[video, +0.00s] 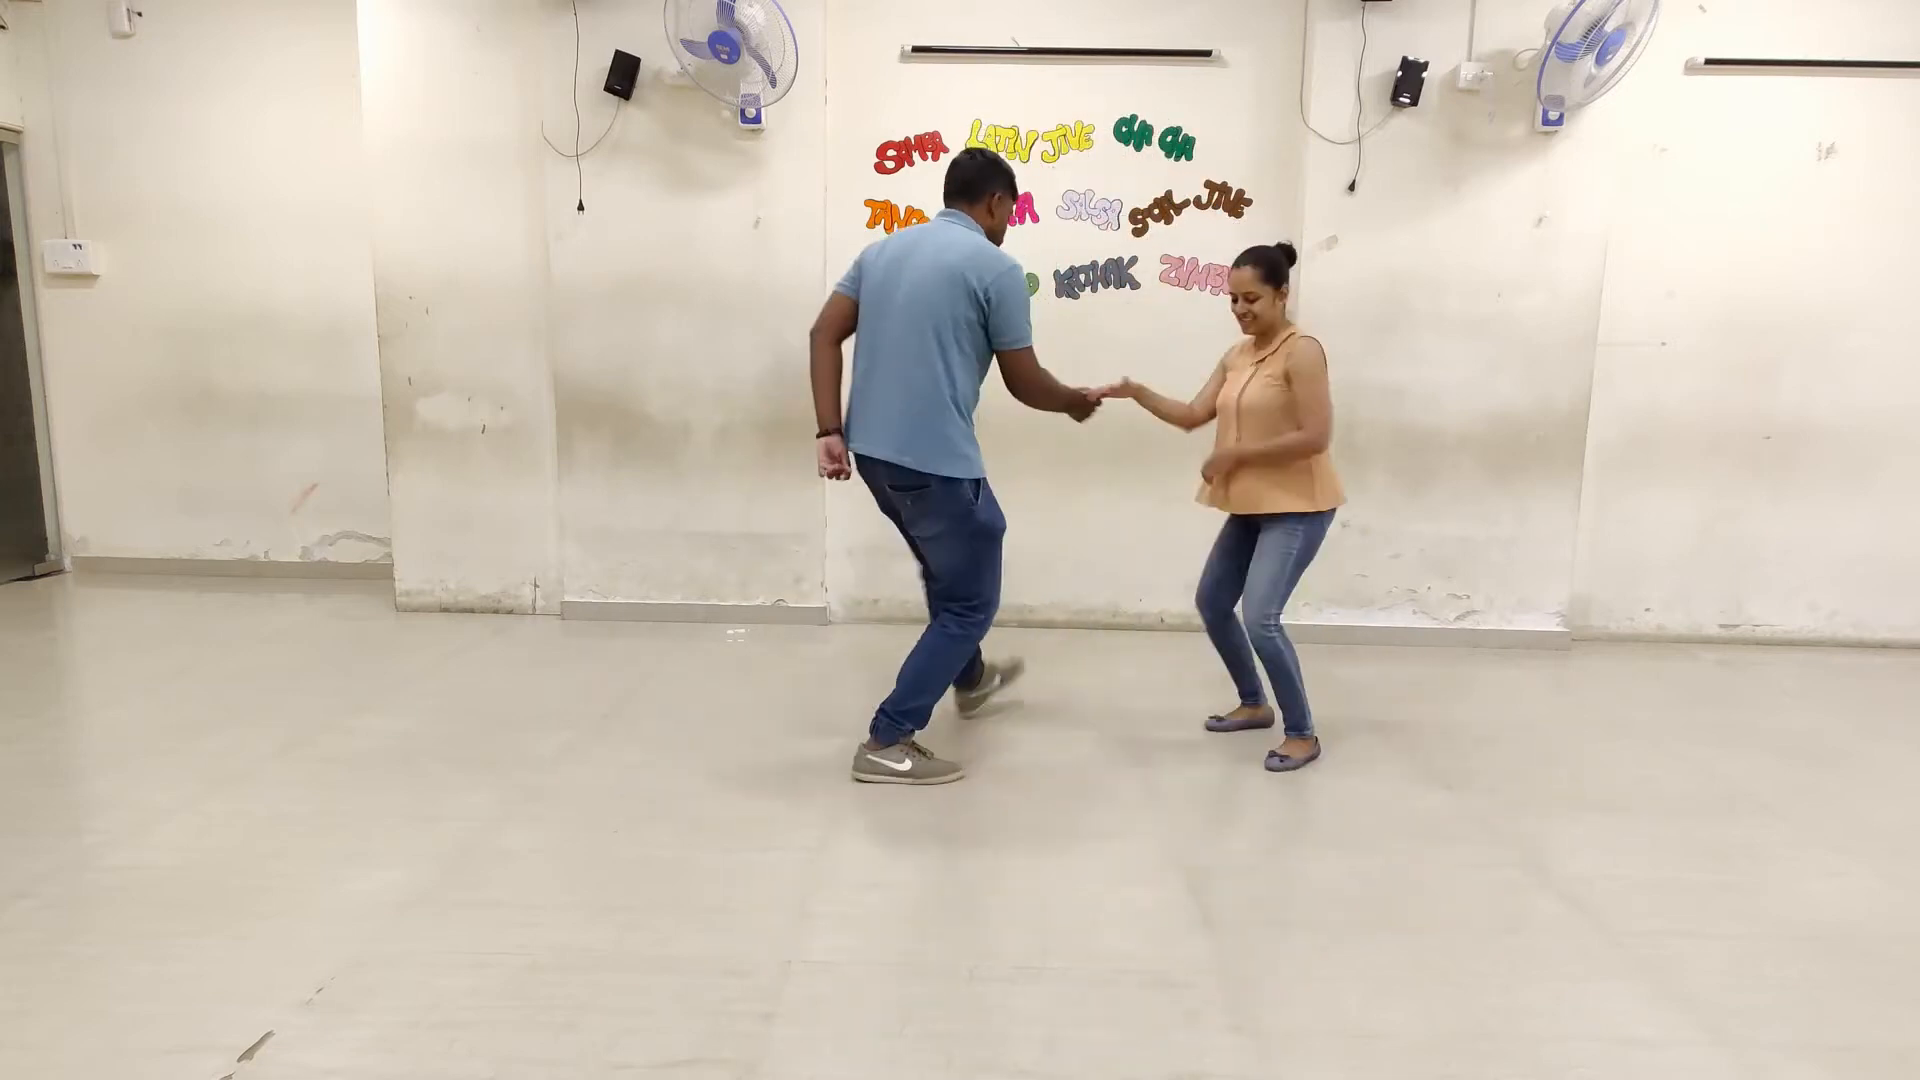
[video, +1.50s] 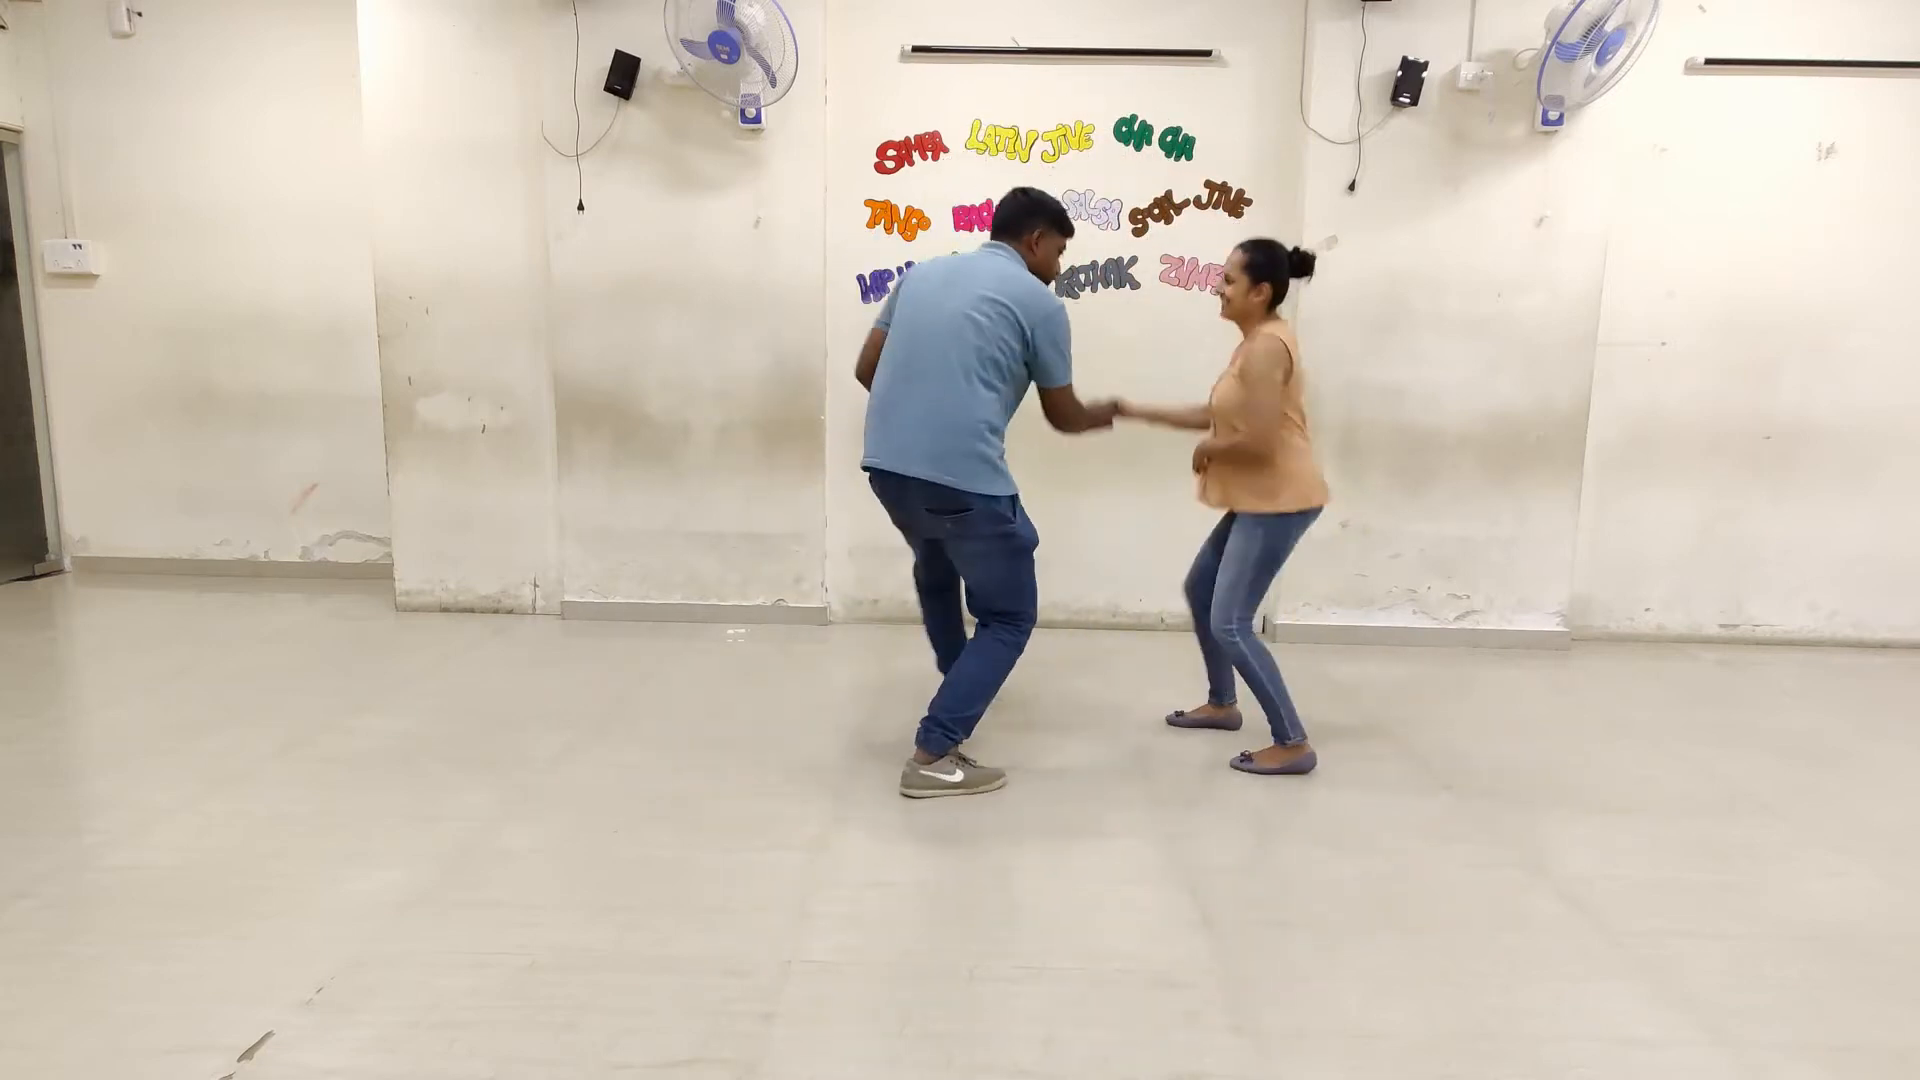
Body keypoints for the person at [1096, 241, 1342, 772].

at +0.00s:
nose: (1238, 309)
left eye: (1249, 299)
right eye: (1233, 299)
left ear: (1281, 295)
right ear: (1231, 297)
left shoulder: (1303, 351)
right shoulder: (1237, 355)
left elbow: (1317, 437)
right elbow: (1190, 416)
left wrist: (1235, 454)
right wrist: (1135, 389)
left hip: (1300, 507)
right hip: (1250, 507)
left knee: (1260, 617)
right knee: (1212, 602)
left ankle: (1301, 736)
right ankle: (1254, 705)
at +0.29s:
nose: (1249, 310)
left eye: (1258, 299)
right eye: (1242, 300)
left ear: (1290, 292)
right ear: (1239, 293)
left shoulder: (1297, 345)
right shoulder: (1260, 339)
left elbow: (1275, 437)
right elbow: (1187, 358)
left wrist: (1231, 428)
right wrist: (1112, 347)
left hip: (1304, 494)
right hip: (1298, 492)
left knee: (1267, 616)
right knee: (1262, 607)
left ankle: (1307, 745)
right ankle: (1266, 703)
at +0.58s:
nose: (1242, 349)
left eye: (1253, 338)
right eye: (1234, 339)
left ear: (1281, 330)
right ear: (1226, 333)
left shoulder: (1314, 383)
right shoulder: (1223, 390)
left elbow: (1359, 462)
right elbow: (1166, 439)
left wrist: (1280, 493)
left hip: (1314, 533)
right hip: (1251, 533)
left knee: (1256, 625)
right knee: (1203, 623)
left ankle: (1263, 738)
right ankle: (1260, 690)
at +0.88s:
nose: (1251, 333)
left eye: (1261, 321)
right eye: (1240, 323)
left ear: (1287, 308)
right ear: (1231, 314)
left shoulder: (1322, 357)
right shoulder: (1223, 372)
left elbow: (1335, 421)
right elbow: (1201, 452)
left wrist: (1337, 454)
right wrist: (1149, 417)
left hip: (1299, 521)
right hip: (1233, 521)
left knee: (1301, 627)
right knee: (1236, 631)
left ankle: (1227, 733)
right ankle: (1177, 684)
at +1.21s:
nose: (1234, 311)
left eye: (1245, 302)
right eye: (1229, 301)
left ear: (1278, 300)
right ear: (1225, 300)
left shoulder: (1318, 356)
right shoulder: (1213, 356)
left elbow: (1353, 429)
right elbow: (1169, 428)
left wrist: (1303, 455)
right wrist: (1142, 372)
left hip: (1294, 512)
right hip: (1220, 507)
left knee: (1277, 624)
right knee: (1184, 622)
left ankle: (1258, 734)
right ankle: (1212, 695)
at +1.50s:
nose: (1219, 290)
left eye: (1229, 281)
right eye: (1222, 279)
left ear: (1262, 291)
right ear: (1258, 290)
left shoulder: (1267, 346)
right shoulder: (1255, 343)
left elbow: (1257, 435)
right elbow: (1216, 415)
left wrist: (1205, 450)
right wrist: (1137, 412)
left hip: (1282, 502)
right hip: (1259, 500)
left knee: (1230, 621)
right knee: (1200, 589)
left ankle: (1293, 744)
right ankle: (1223, 704)